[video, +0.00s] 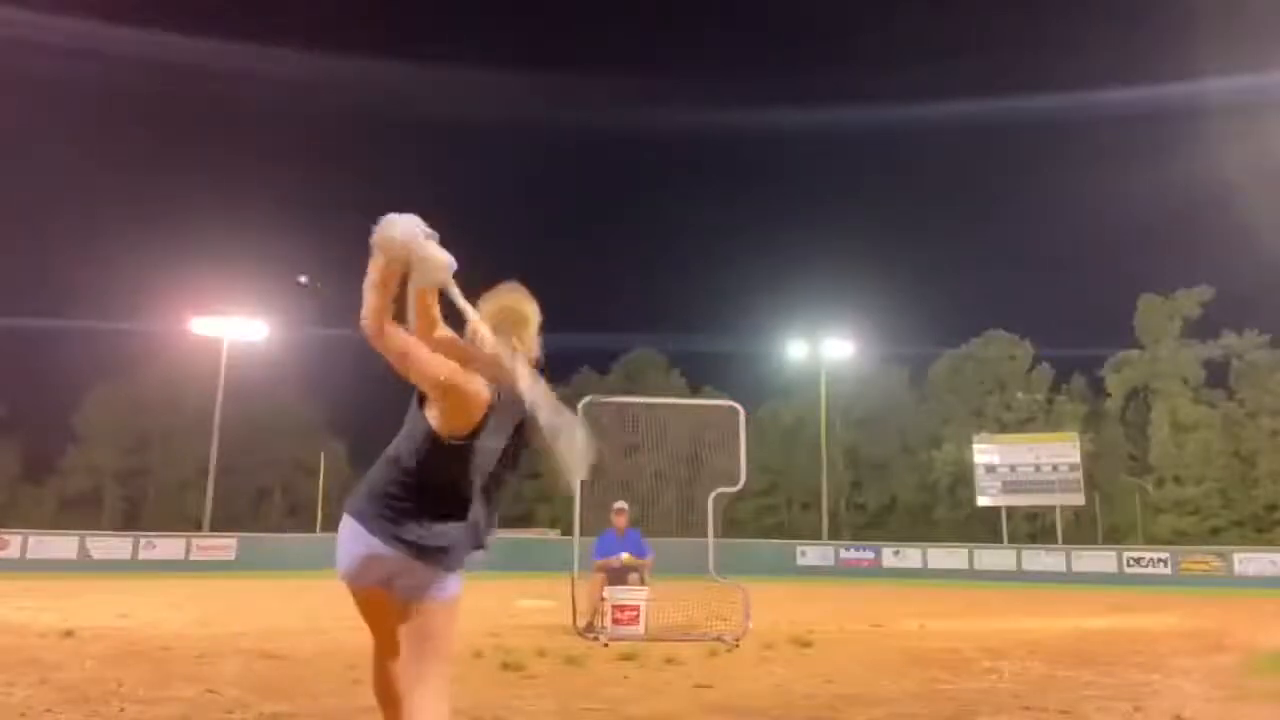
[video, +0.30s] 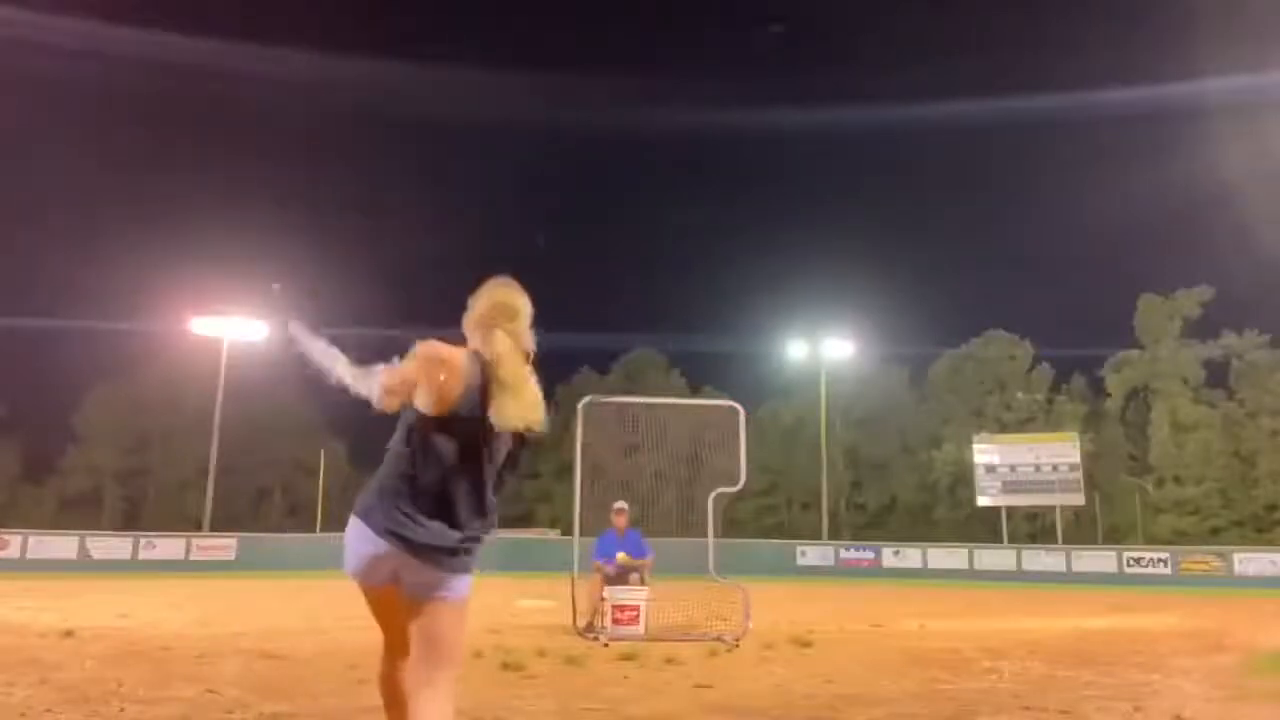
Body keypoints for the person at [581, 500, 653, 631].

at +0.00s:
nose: (620, 518)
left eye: (623, 514)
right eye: (617, 514)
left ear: (628, 517)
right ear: (611, 517)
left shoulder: (635, 535)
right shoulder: (605, 536)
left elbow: (648, 560)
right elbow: (596, 564)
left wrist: (632, 561)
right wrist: (612, 562)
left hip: (629, 570)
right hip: (611, 571)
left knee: (634, 578)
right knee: (598, 577)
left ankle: (635, 620)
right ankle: (591, 620)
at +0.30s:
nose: (620, 518)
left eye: (623, 514)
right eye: (617, 514)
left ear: (628, 517)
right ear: (611, 517)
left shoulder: (635, 536)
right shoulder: (605, 537)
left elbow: (648, 560)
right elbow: (597, 561)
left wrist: (630, 563)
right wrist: (607, 568)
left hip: (629, 571)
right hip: (611, 572)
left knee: (636, 578)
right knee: (596, 579)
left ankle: (636, 620)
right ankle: (591, 620)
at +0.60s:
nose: (618, 519)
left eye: (621, 515)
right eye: (615, 515)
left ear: (627, 517)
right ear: (609, 517)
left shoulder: (633, 536)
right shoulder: (602, 536)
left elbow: (644, 555)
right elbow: (595, 561)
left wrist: (636, 568)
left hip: (629, 572)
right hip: (608, 573)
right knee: (593, 585)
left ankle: (638, 623)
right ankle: (590, 621)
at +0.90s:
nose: (617, 524)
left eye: (620, 519)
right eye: (614, 519)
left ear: (625, 520)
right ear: (609, 521)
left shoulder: (634, 536)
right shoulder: (603, 537)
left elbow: (641, 558)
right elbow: (596, 561)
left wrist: (637, 574)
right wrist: (601, 571)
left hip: (628, 573)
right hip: (609, 574)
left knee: (639, 581)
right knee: (594, 586)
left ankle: (637, 622)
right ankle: (590, 621)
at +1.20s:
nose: (615, 522)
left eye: (618, 518)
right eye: (611, 518)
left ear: (623, 519)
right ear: (606, 520)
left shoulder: (632, 537)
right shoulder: (601, 538)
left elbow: (640, 559)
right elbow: (597, 563)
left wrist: (638, 576)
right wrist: (599, 577)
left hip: (628, 575)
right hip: (608, 576)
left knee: (641, 582)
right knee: (593, 587)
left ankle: (637, 622)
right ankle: (590, 621)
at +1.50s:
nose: (613, 521)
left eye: (615, 517)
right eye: (609, 517)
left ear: (622, 519)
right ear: (604, 520)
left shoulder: (631, 537)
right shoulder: (600, 539)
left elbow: (640, 560)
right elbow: (596, 564)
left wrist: (638, 577)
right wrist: (601, 575)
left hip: (627, 575)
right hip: (608, 576)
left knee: (641, 582)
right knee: (593, 586)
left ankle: (636, 621)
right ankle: (591, 621)